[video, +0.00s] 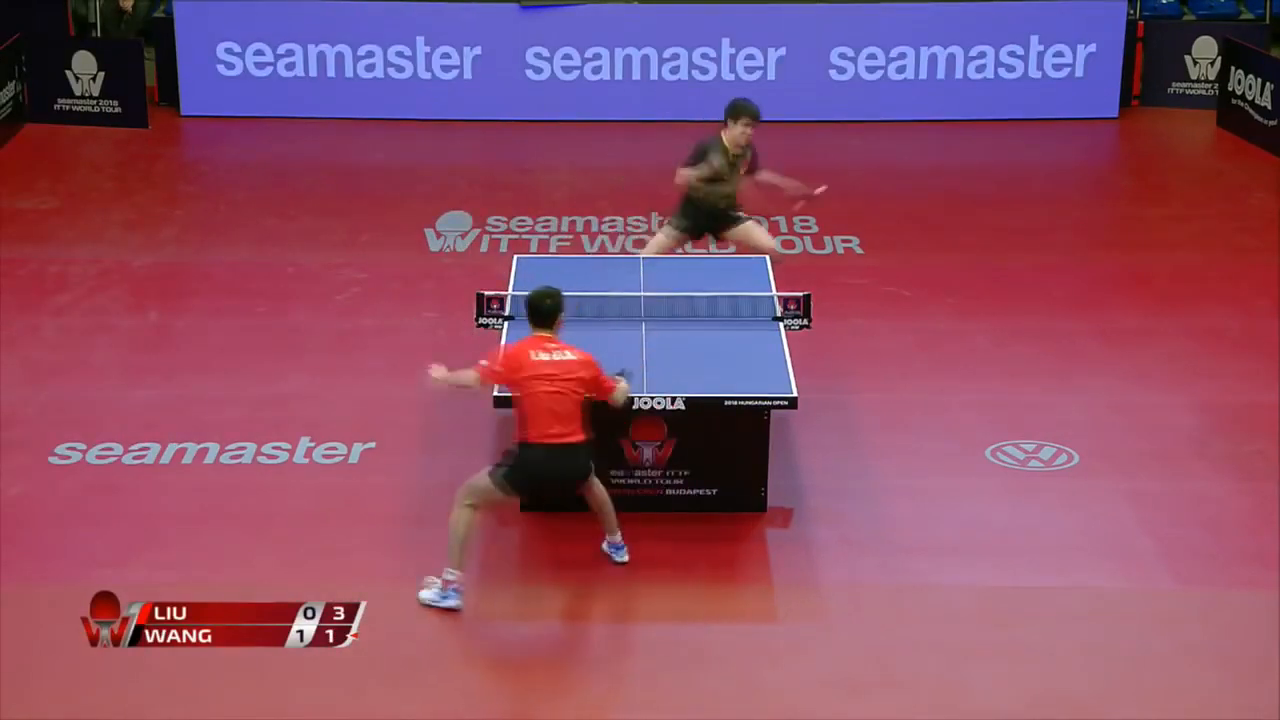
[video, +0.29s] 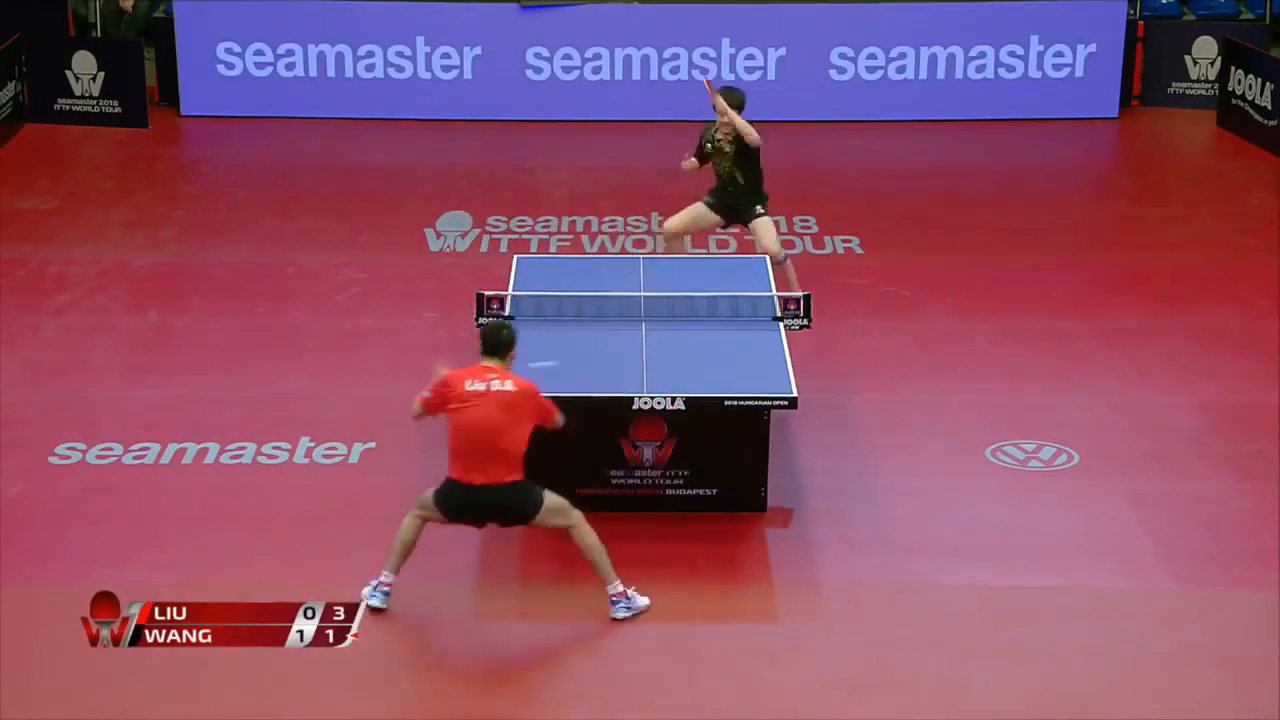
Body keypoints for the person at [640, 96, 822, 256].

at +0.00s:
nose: (749, 132)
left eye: (752, 127)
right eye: (745, 126)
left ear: (752, 129)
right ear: (729, 124)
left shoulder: (748, 151)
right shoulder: (707, 148)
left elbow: (757, 175)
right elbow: (681, 178)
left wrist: (789, 187)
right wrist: (707, 170)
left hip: (726, 217)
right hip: (693, 216)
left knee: (770, 248)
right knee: (646, 256)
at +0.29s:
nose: (724, 119)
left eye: (728, 115)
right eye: (720, 113)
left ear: (737, 114)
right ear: (715, 112)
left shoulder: (746, 136)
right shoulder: (710, 134)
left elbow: (755, 141)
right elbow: (700, 158)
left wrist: (729, 110)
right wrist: (689, 164)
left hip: (751, 203)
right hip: (721, 201)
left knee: (771, 249)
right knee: (671, 229)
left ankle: (795, 294)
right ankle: (680, 283)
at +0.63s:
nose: (711, 122)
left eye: (716, 117)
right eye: (708, 117)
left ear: (725, 118)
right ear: (702, 116)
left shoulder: (736, 142)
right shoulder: (685, 138)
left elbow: (753, 167)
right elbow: (670, 162)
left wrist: (754, 193)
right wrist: (684, 185)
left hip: (724, 197)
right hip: (692, 194)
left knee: (753, 237)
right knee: (642, 243)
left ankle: (774, 277)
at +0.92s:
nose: (732, 102)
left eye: (735, 97)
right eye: (727, 96)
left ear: (738, 98)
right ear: (713, 95)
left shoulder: (740, 119)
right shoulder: (695, 119)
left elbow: (776, 125)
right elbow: (682, 156)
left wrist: (812, 139)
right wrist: (705, 127)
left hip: (730, 191)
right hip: (697, 191)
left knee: (769, 231)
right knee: (651, 241)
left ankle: (777, 277)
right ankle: (627, 284)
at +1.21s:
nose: (682, 72)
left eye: (687, 67)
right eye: (677, 67)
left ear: (694, 68)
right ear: (669, 68)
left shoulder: (704, 87)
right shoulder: (663, 94)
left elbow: (730, 87)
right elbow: (656, 120)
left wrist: (711, 67)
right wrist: (637, 129)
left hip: (707, 161)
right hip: (676, 162)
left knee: (735, 218)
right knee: (638, 211)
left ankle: (749, 264)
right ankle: (623, 258)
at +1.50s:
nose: (634, 74)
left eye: (639, 69)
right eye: (630, 68)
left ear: (647, 71)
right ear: (623, 69)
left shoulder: (656, 100)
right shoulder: (606, 91)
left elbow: (680, 126)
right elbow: (581, 109)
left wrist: (678, 139)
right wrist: (599, 121)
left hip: (644, 162)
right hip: (611, 160)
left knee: (676, 210)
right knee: (577, 206)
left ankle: (701, 259)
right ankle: (614, 245)